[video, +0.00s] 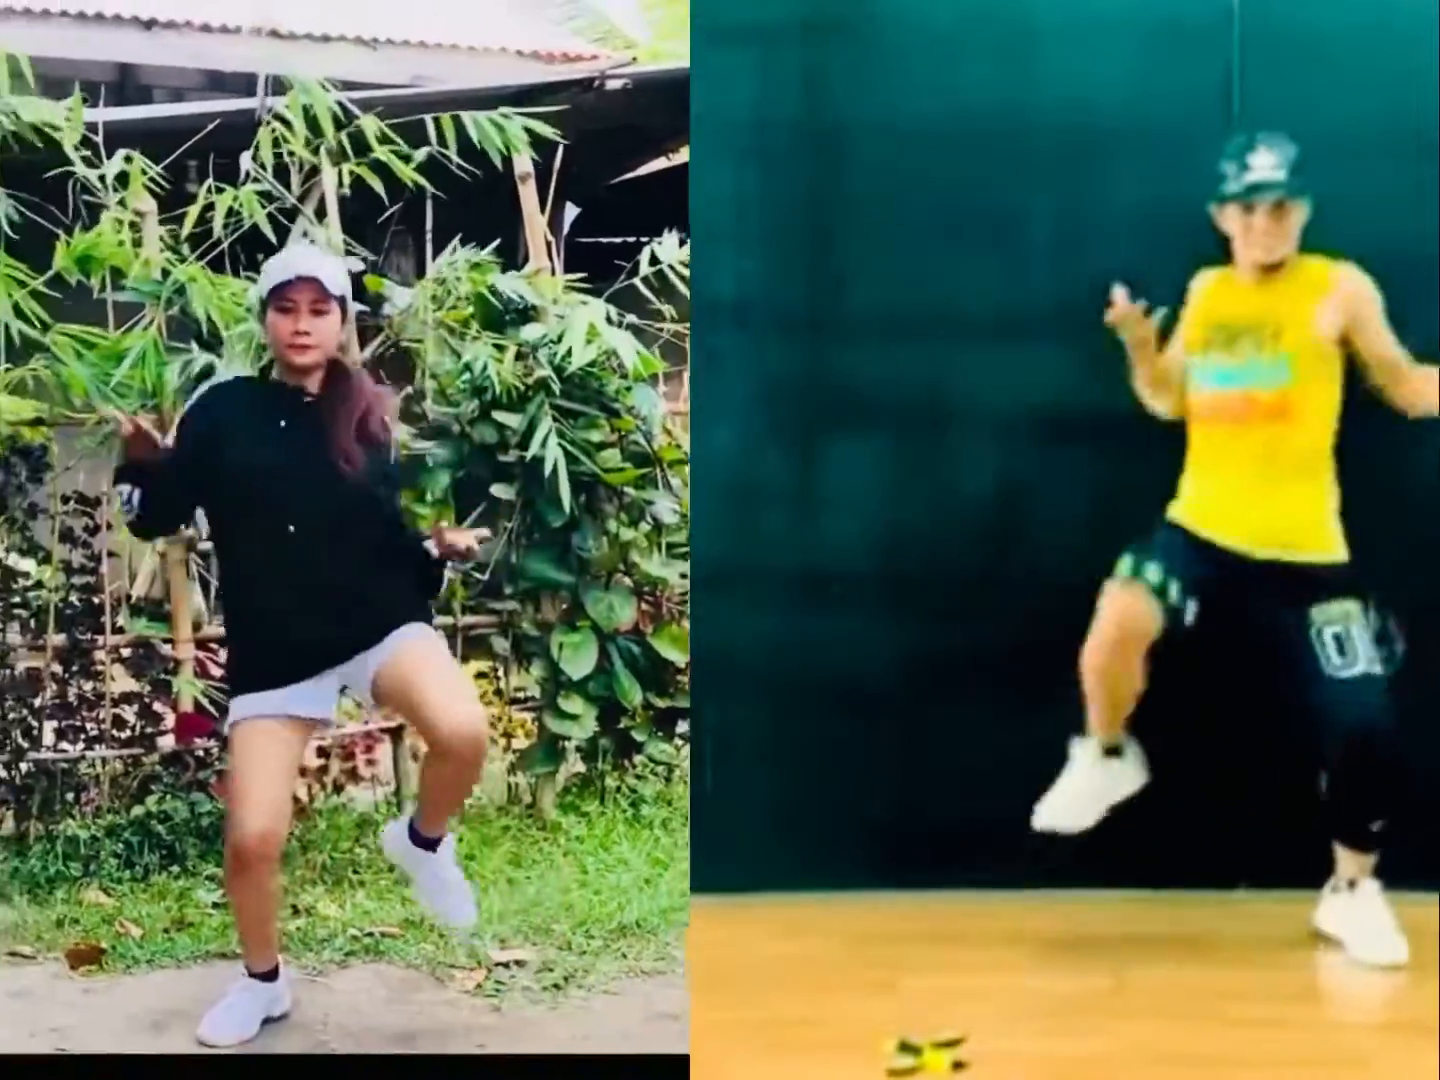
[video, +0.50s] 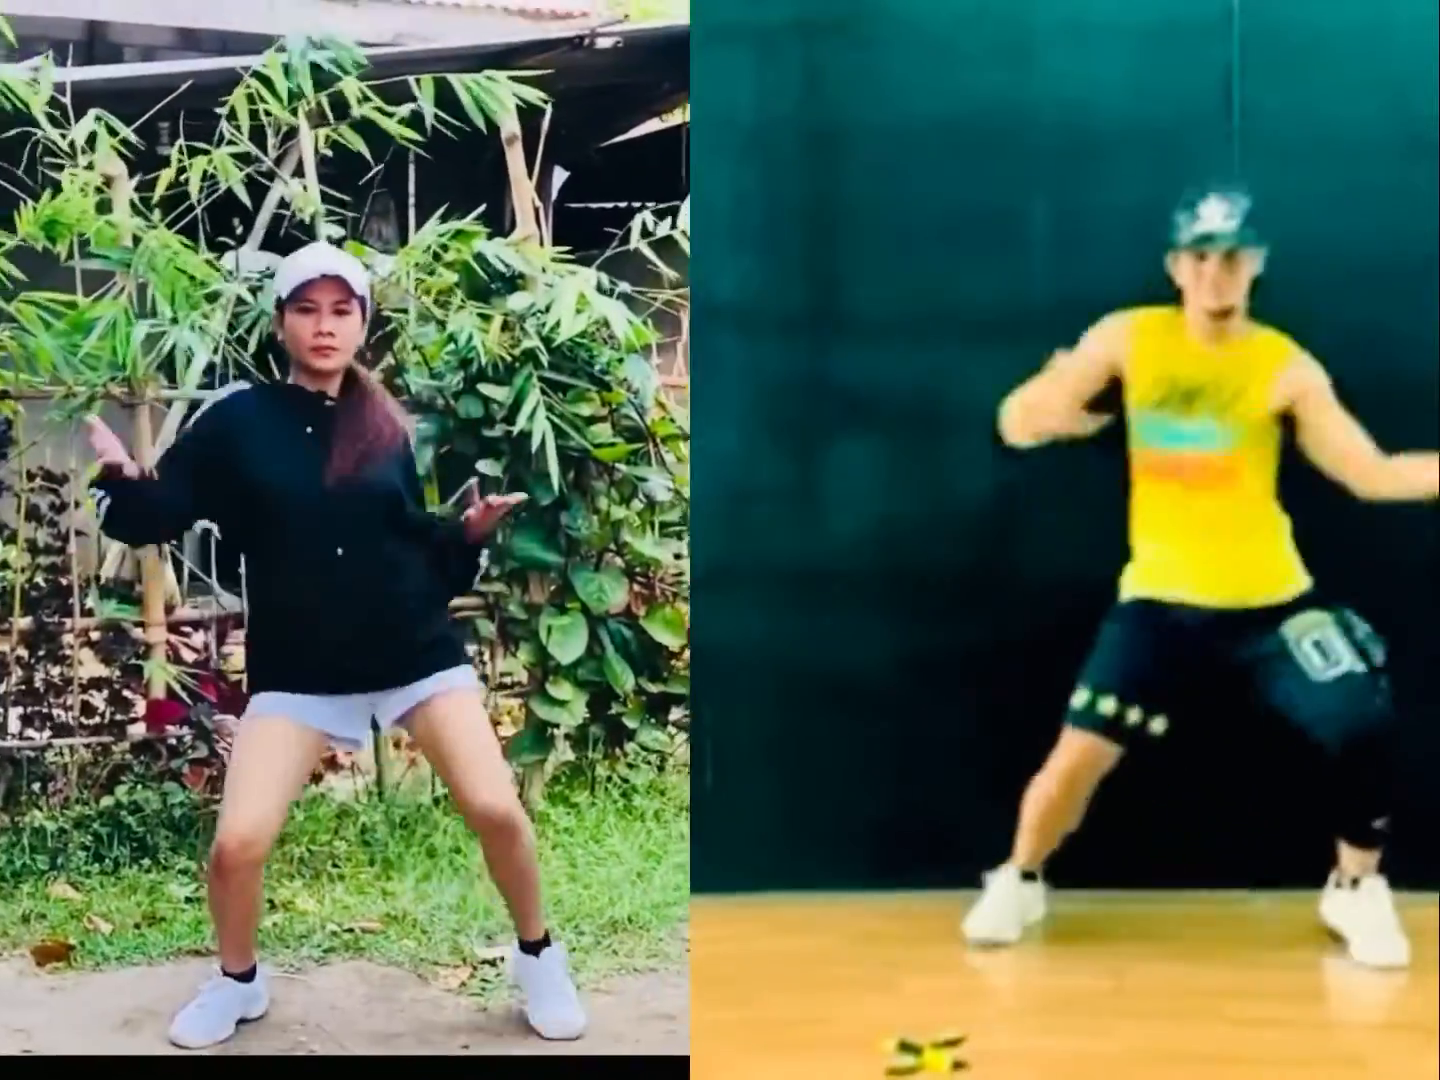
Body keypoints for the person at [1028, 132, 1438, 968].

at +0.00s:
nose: (1266, 222)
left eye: (1280, 206)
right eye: (1250, 208)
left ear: (1304, 212)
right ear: (1222, 216)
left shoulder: (1341, 288)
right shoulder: (1205, 294)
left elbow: (1405, 385)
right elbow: (1168, 398)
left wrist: (1426, 379)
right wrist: (1140, 346)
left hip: (1304, 540)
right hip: (1201, 527)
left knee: (1363, 719)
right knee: (1114, 630)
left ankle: (1351, 889)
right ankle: (1105, 755)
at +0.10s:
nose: (1278, 249)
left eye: (1293, 231)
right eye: (1261, 232)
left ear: (1315, 237)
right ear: (1233, 240)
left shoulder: (1347, 321)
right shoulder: (1195, 308)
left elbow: (1423, 394)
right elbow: (1102, 381)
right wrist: (1050, 364)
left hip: (1321, 553)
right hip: (1221, 529)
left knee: (1350, 736)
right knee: (1103, 544)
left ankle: (1353, 892)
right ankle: (1152, 708)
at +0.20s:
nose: (1282, 257)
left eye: (1297, 238)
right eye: (1265, 240)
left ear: (1323, 238)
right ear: (1241, 246)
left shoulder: (1359, 299)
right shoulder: (1213, 324)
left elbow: (1425, 396)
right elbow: (1109, 412)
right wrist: (1008, 417)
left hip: (1323, 550)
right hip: (1221, 527)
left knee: (1362, 727)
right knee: (1074, 585)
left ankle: (1353, 892)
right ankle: (1135, 734)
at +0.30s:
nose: (1272, 238)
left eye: (1285, 220)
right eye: (1255, 221)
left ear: (1309, 221)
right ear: (1228, 228)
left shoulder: (1344, 289)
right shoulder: (1198, 308)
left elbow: (1380, 382)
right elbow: (1180, 416)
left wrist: (1422, 380)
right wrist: (1107, 397)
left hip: (1317, 558)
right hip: (1208, 543)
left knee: (1365, 727)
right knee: (1070, 652)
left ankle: (1353, 892)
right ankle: (1071, 792)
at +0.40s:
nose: (1249, 239)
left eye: (1263, 222)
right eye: (1232, 223)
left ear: (1286, 228)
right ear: (1207, 231)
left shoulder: (1318, 310)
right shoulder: (1171, 309)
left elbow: (1363, 412)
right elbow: (1140, 416)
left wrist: (1438, 409)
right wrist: (1123, 384)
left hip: (1300, 564)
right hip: (1186, 561)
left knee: (1366, 716)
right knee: (1083, 718)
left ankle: (1357, 884)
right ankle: (1013, 843)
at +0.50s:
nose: (1219, 274)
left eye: (1235, 258)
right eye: (1204, 258)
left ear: (1257, 265)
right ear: (1175, 265)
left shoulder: (1285, 367)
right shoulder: (1125, 340)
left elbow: (1370, 472)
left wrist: (1437, 469)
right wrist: (1056, 412)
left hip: (1272, 598)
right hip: (1159, 597)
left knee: (1363, 722)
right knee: (1081, 753)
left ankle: (1357, 886)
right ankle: (1019, 882)